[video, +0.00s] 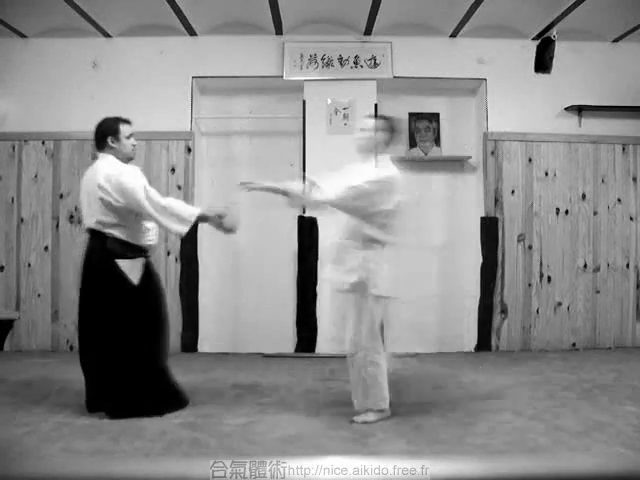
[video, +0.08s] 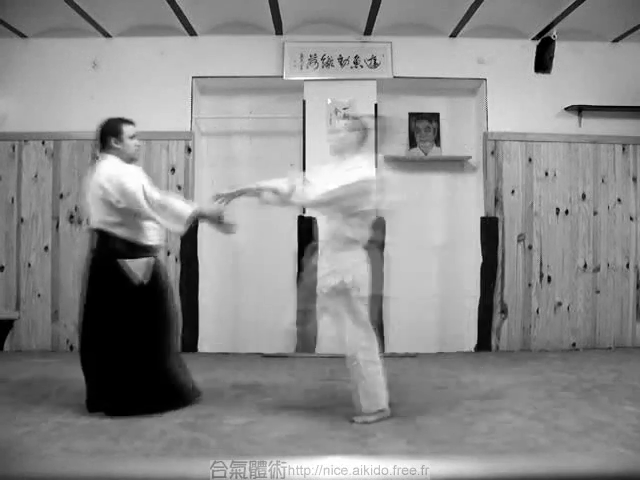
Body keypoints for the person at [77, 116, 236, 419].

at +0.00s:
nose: (135, 143)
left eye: (134, 137)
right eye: (129, 137)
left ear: (108, 143)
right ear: (110, 143)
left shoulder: (94, 171)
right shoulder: (121, 173)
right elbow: (158, 205)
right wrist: (205, 215)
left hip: (99, 253)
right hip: (125, 257)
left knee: (103, 326)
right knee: (144, 324)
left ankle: (103, 397)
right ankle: (143, 395)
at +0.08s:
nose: (138, 143)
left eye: (137, 137)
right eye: (132, 138)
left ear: (113, 143)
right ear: (114, 143)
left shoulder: (104, 170)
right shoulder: (121, 173)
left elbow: (151, 201)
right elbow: (157, 203)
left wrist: (194, 212)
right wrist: (200, 212)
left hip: (109, 253)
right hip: (132, 255)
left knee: (111, 324)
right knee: (149, 323)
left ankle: (110, 393)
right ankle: (150, 392)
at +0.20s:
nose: (146, 143)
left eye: (145, 138)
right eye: (140, 138)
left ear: (123, 143)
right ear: (123, 142)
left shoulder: (120, 169)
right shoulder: (124, 171)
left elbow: (152, 215)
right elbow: (151, 198)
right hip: (134, 255)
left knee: (122, 324)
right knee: (144, 325)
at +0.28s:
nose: (156, 143)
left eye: (156, 138)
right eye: (150, 138)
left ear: (143, 142)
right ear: (132, 143)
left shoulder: (153, 169)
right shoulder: (126, 171)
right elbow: (152, 182)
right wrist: (185, 157)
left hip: (163, 249)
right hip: (138, 250)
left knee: (162, 321)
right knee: (134, 322)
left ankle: (160, 389)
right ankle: (131, 390)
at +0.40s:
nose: (172, 144)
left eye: (172, 139)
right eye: (166, 139)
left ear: (147, 145)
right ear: (147, 144)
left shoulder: (141, 169)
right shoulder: (154, 169)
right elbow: (209, 146)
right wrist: (255, 128)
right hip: (165, 256)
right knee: (175, 325)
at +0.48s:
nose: (186, 147)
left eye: (189, 141)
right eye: (179, 141)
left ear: (192, 144)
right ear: (164, 145)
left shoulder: (193, 171)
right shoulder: (159, 172)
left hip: (191, 253)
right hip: (164, 253)